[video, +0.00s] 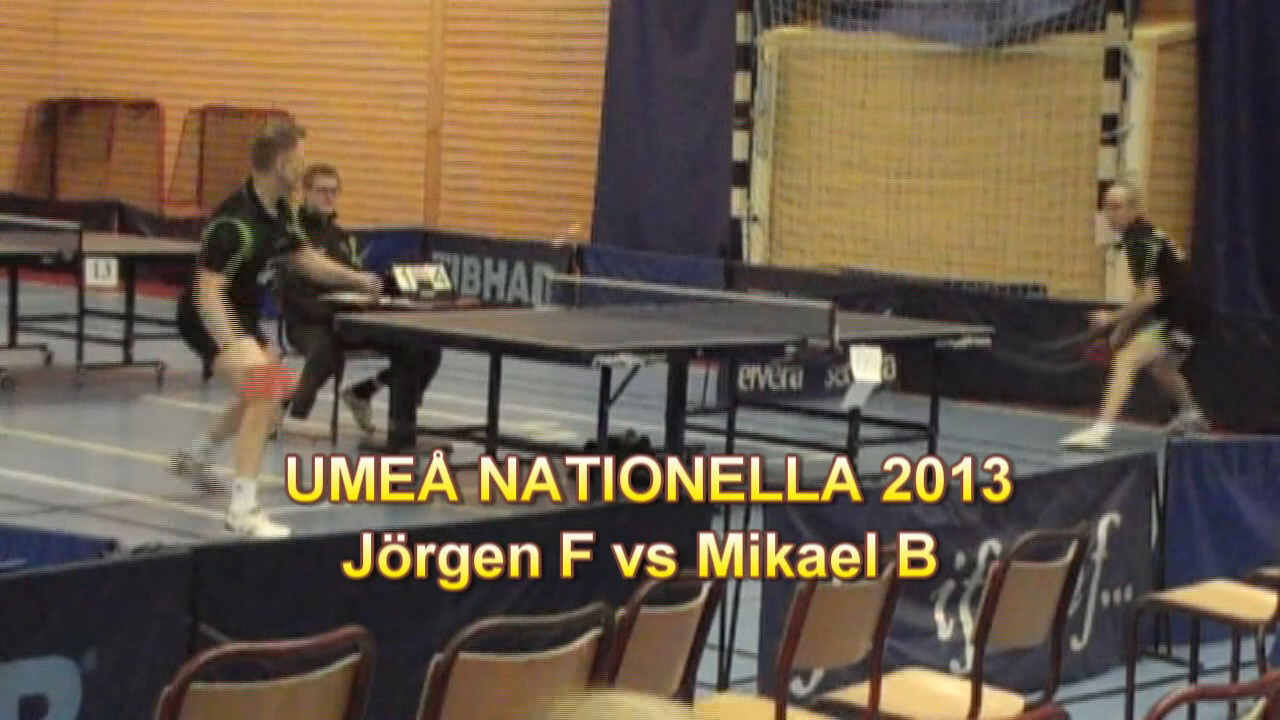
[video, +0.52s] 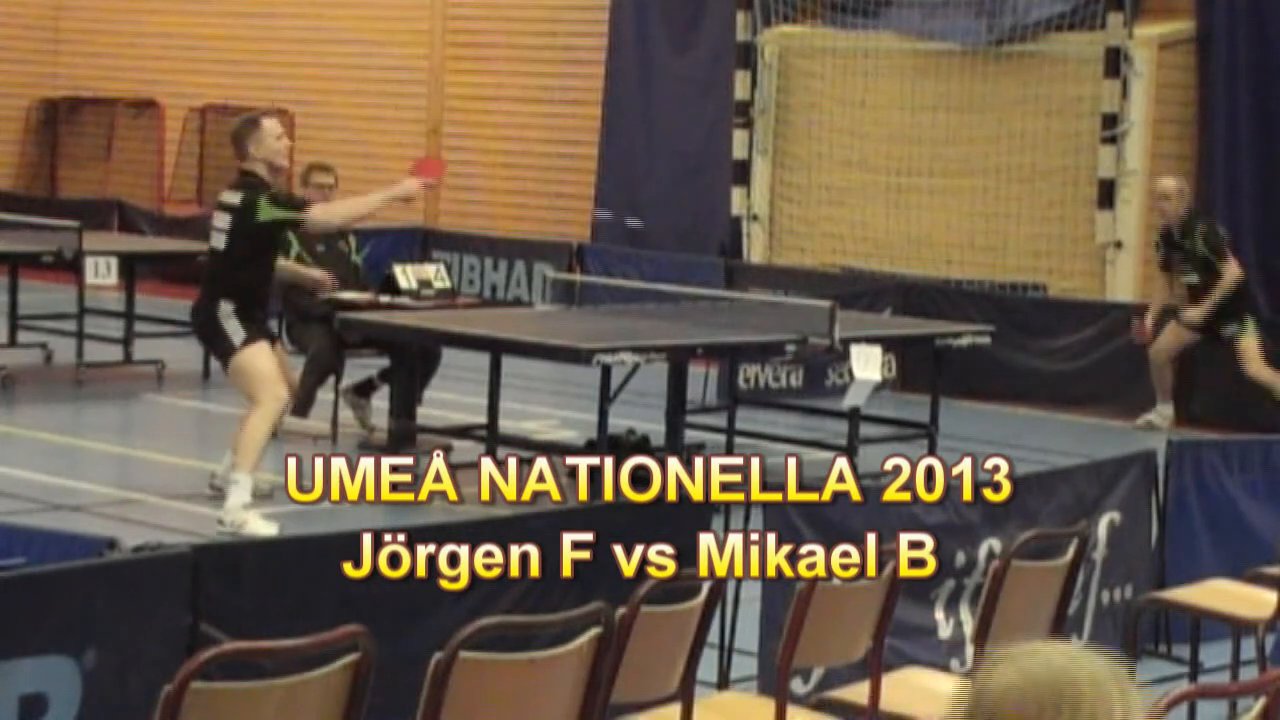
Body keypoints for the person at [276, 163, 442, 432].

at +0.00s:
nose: (329, 198)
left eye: (333, 191)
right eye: (322, 191)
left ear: (339, 194)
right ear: (304, 193)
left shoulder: (337, 234)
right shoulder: (293, 231)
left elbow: (350, 276)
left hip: (346, 318)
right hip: (307, 319)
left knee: (425, 351)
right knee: (326, 352)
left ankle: (362, 393)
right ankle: (294, 416)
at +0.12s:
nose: (326, 197)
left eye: (331, 190)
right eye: (319, 189)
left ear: (337, 194)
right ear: (304, 191)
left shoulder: (341, 235)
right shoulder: (292, 232)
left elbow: (354, 279)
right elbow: (297, 294)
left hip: (348, 316)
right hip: (308, 318)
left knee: (425, 351)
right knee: (326, 351)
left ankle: (362, 392)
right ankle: (294, 414)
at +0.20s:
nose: (325, 196)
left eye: (330, 189)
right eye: (318, 189)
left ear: (337, 194)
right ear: (302, 191)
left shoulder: (340, 235)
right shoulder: (292, 230)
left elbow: (355, 278)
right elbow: (296, 293)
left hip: (348, 316)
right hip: (308, 317)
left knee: (424, 351)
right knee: (327, 352)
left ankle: (362, 392)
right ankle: (294, 411)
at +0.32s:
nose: (324, 195)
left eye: (329, 189)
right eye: (317, 188)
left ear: (336, 194)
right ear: (302, 191)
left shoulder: (342, 235)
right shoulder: (293, 232)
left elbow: (354, 280)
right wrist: (349, 293)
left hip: (348, 314)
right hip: (309, 317)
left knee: (424, 351)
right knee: (327, 354)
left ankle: (362, 391)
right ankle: (293, 414)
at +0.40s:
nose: (323, 195)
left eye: (329, 188)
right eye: (317, 188)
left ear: (336, 193)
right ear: (302, 191)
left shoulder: (344, 236)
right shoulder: (292, 235)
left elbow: (355, 279)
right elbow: (293, 292)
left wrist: (361, 293)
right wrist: (339, 294)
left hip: (349, 316)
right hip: (309, 318)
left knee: (424, 351)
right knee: (327, 354)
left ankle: (362, 391)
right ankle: (295, 417)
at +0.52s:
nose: (324, 194)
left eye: (329, 188)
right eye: (317, 187)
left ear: (336, 191)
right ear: (303, 190)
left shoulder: (344, 234)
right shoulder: (289, 235)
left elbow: (357, 280)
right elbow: (272, 266)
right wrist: (307, 277)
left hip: (350, 315)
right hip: (307, 316)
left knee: (425, 352)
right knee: (326, 353)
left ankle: (362, 391)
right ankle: (295, 420)